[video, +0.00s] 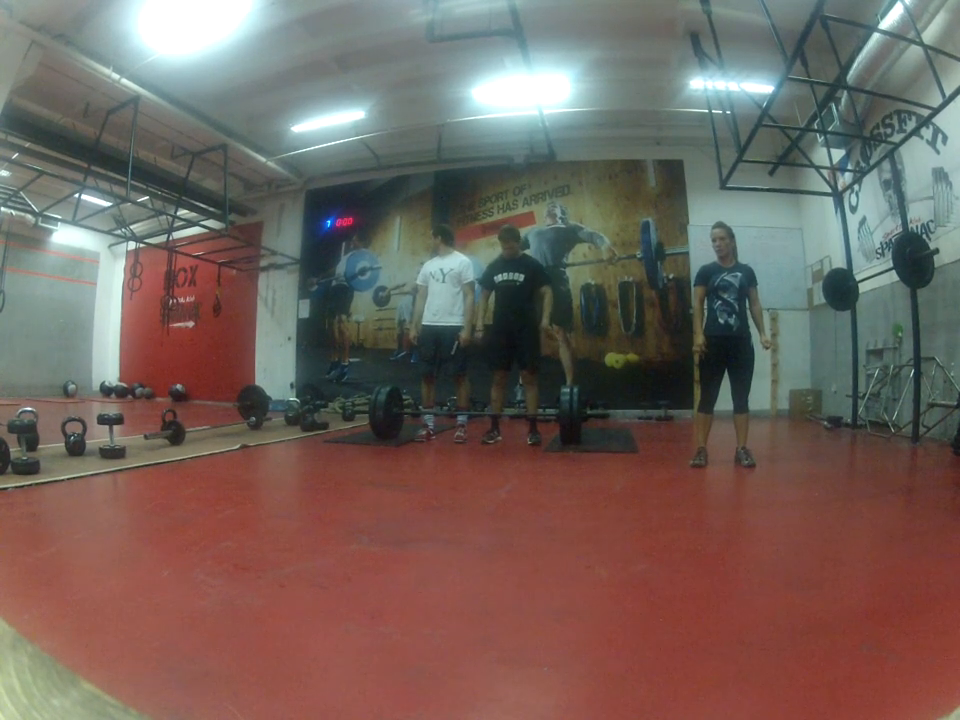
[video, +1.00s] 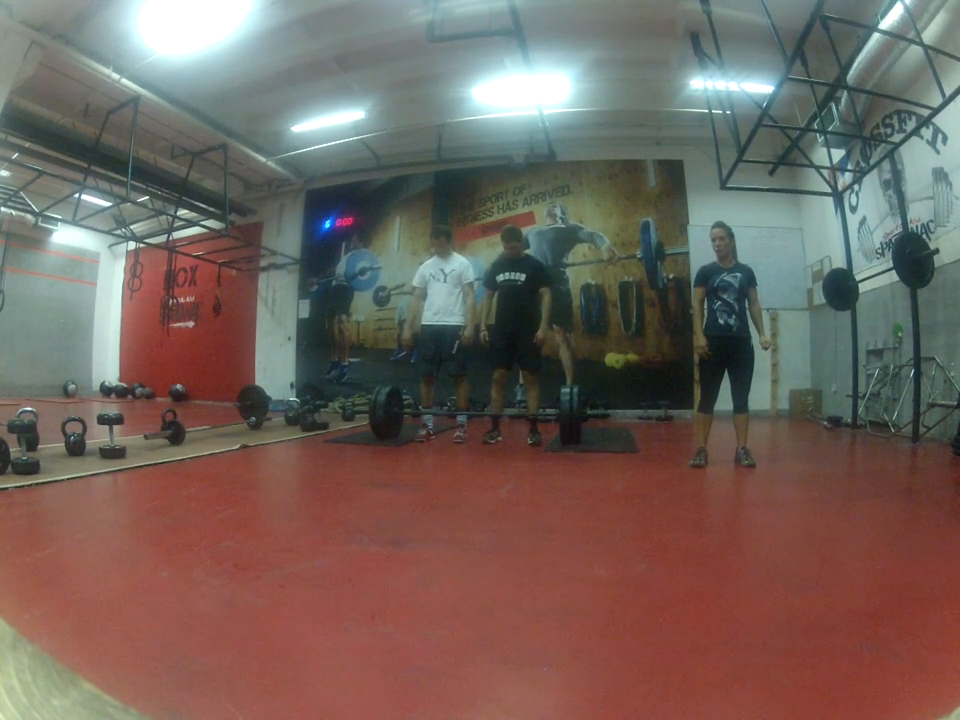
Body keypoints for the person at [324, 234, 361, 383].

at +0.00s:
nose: (353, 243)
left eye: (356, 240)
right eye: (353, 240)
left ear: (361, 242)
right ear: (352, 242)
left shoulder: (361, 256)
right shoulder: (347, 256)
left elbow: (365, 274)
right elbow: (335, 273)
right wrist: (318, 279)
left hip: (346, 288)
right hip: (335, 288)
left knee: (342, 324)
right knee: (333, 325)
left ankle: (345, 363)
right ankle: (335, 362)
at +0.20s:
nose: (353, 243)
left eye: (356, 240)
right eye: (353, 240)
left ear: (361, 242)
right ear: (352, 242)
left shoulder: (361, 256)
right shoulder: (348, 256)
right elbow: (335, 272)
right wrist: (318, 279)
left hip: (346, 288)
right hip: (336, 288)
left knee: (342, 324)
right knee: (334, 325)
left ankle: (345, 363)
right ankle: (335, 361)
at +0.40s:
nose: (353, 243)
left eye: (356, 240)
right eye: (353, 240)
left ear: (361, 242)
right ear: (354, 242)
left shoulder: (361, 256)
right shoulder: (348, 256)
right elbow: (336, 272)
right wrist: (318, 279)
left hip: (346, 288)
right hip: (336, 288)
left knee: (342, 325)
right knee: (334, 326)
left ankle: (345, 363)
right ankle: (335, 361)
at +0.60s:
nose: (353, 244)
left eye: (356, 241)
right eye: (353, 241)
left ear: (362, 243)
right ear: (353, 242)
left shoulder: (362, 256)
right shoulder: (349, 256)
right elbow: (336, 272)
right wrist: (319, 279)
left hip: (346, 289)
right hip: (335, 288)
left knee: (342, 325)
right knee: (333, 326)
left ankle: (345, 363)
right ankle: (335, 361)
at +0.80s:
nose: (353, 243)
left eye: (356, 241)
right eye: (353, 240)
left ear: (361, 242)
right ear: (354, 242)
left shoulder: (361, 256)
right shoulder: (349, 256)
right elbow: (336, 272)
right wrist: (318, 279)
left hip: (346, 289)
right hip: (335, 288)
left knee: (342, 325)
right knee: (334, 326)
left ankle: (345, 363)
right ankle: (336, 361)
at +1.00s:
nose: (353, 243)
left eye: (356, 241)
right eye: (353, 241)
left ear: (361, 242)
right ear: (353, 242)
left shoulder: (360, 256)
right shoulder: (349, 256)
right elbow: (336, 272)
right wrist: (319, 279)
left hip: (346, 288)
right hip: (335, 288)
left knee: (342, 324)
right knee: (333, 325)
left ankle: (345, 363)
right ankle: (335, 361)